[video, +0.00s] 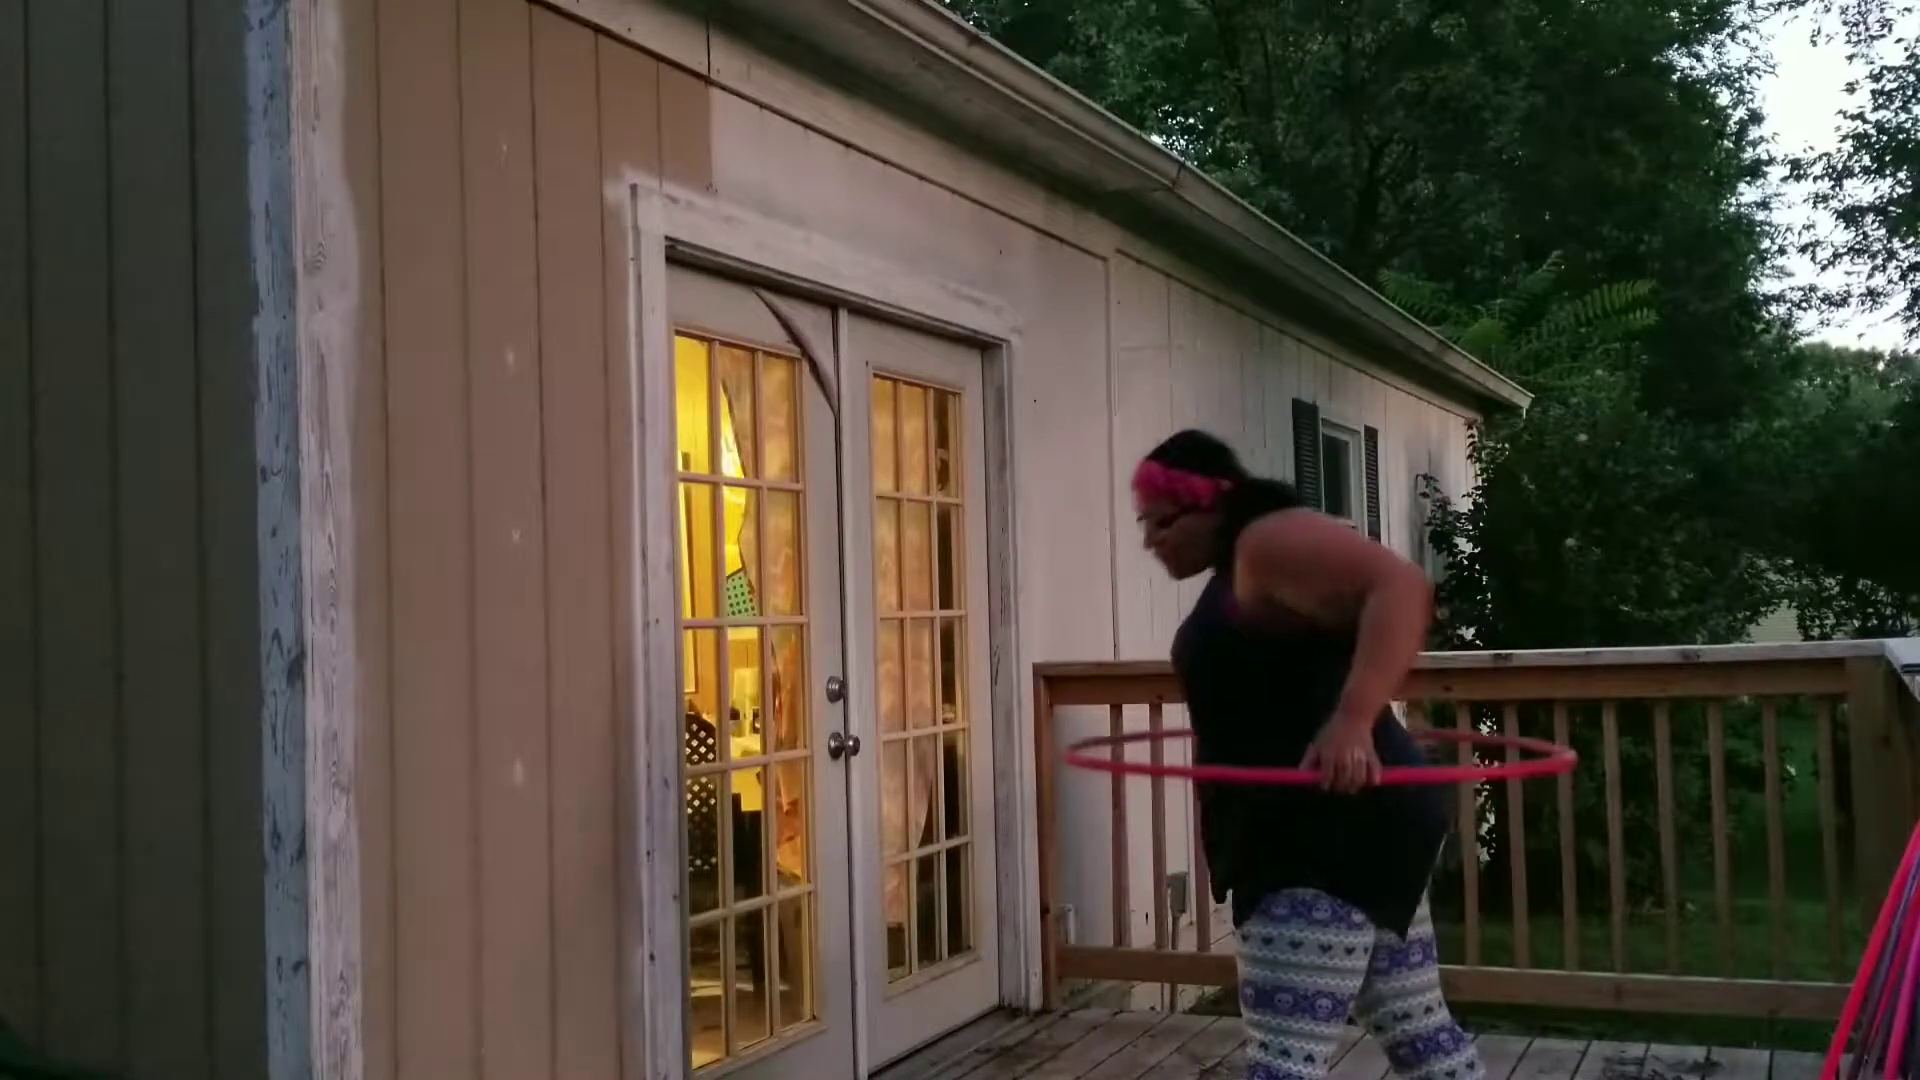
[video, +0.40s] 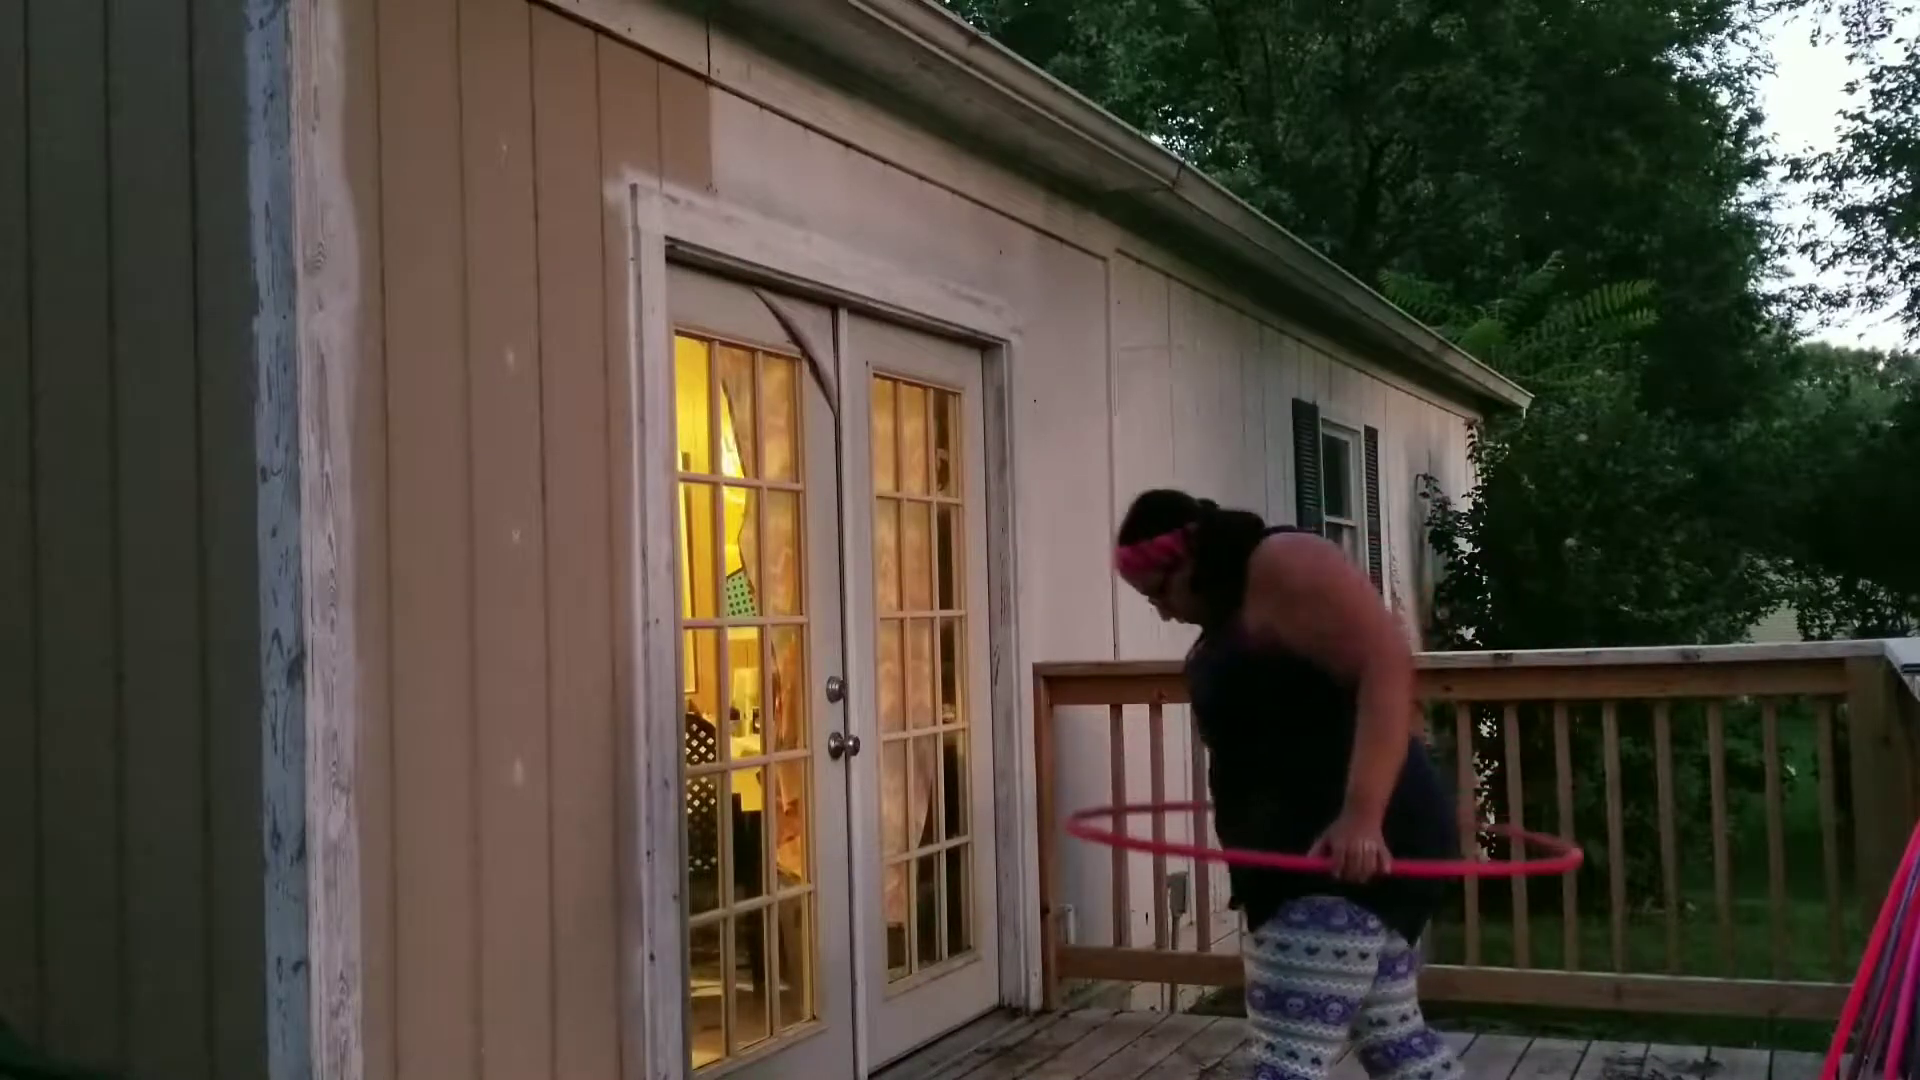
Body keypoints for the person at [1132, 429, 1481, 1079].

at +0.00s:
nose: (1149, 540)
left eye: (1158, 520)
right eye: (1145, 524)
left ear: (1208, 500)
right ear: (1206, 503)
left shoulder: (1268, 539)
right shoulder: (1239, 577)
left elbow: (1401, 585)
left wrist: (1354, 717)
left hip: (1318, 845)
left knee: (1281, 1061)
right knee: (1422, 1039)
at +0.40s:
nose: (1160, 610)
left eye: (1157, 591)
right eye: (1150, 597)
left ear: (1183, 555)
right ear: (1184, 555)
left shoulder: (1281, 560)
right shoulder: (1232, 624)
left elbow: (1389, 657)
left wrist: (1362, 811)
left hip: (1330, 868)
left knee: (1284, 1063)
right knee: (1398, 1047)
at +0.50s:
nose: (1195, 602)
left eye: (1193, 582)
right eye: (1184, 588)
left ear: (1225, 547)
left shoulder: (1323, 564)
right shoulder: (1270, 606)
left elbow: (1385, 701)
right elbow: (1300, 745)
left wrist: (1369, 846)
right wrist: (1266, 872)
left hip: (1337, 876)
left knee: (1294, 1062)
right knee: (1391, 1049)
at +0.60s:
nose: (1225, 592)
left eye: (1227, 571)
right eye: (1217, 578)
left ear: (1263, 538)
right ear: (1265, 542)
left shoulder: (1356, 565)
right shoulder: (1291, 605)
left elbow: (1375, 715)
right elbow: (1294, 746)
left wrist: (1380, 862)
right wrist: (1275, 878)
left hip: (1344, 883)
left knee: (1296, 1062)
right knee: (1388, 1051)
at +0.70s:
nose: (1256, 581)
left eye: (1261, 561)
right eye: (1250, 567)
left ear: (1303, 531)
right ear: (1303, 533)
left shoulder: (1384, 575)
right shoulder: (1332, 593)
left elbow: (1382, 730)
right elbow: (1313, 741)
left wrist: (1384, 871)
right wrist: (1280, 866)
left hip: (1355, 884)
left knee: (1299, 1062)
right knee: (1383, 1051)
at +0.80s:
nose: (1285, 568)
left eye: (1294, 550)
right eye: (1279, 554)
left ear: (1341, 532)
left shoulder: (1406, 589)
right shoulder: (1350, 603)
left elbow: (1392, 743)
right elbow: (1328, 749)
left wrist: (1388, 885)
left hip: (1345, 892)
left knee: (1297, 1064)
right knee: (1377, 1057)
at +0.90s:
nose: (1301, 558)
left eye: (1311, 540)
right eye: (1296, 545)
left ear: (1363, 522)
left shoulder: (1420, 587)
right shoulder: (1360, 599)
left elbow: (1407, 743)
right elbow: (1336, 746)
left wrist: (1396, 889)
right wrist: (1291, 869)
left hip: (1349, 891)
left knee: (1295, 1064)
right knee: (1374, 1057)